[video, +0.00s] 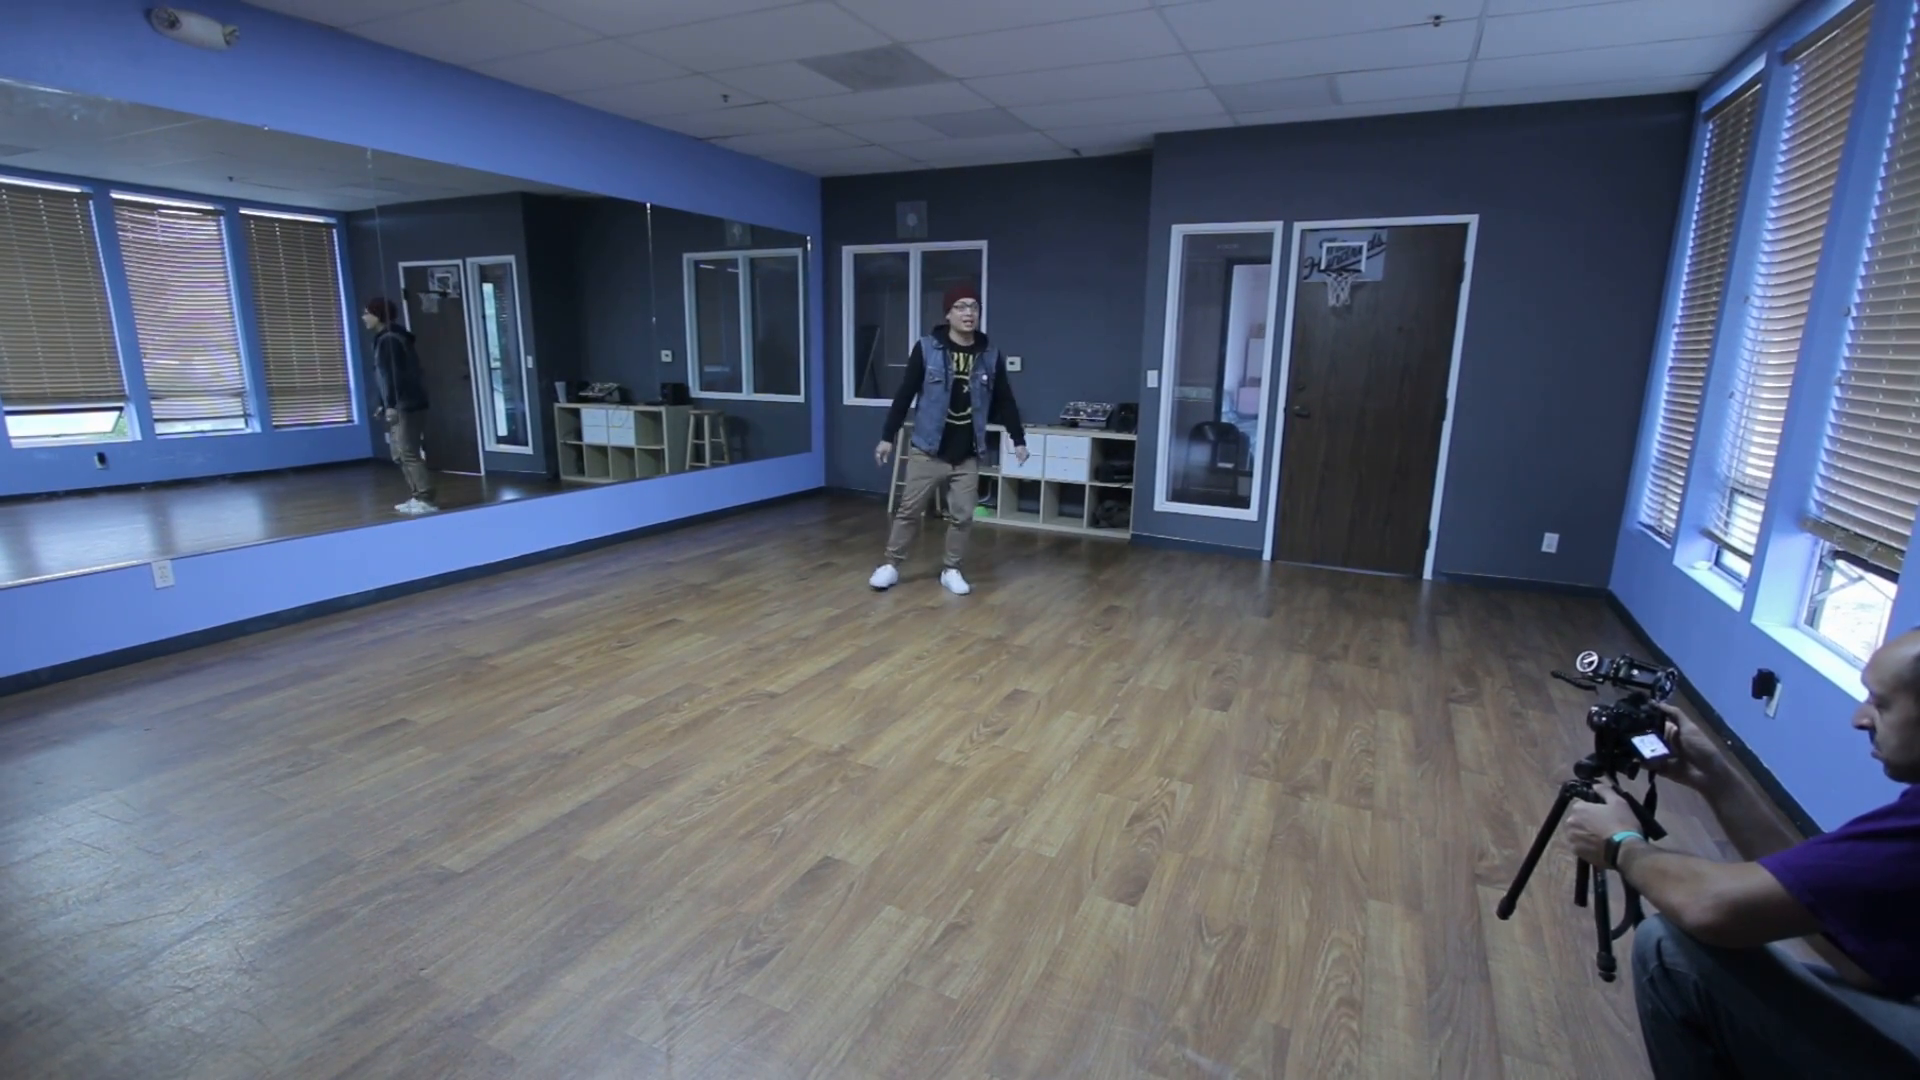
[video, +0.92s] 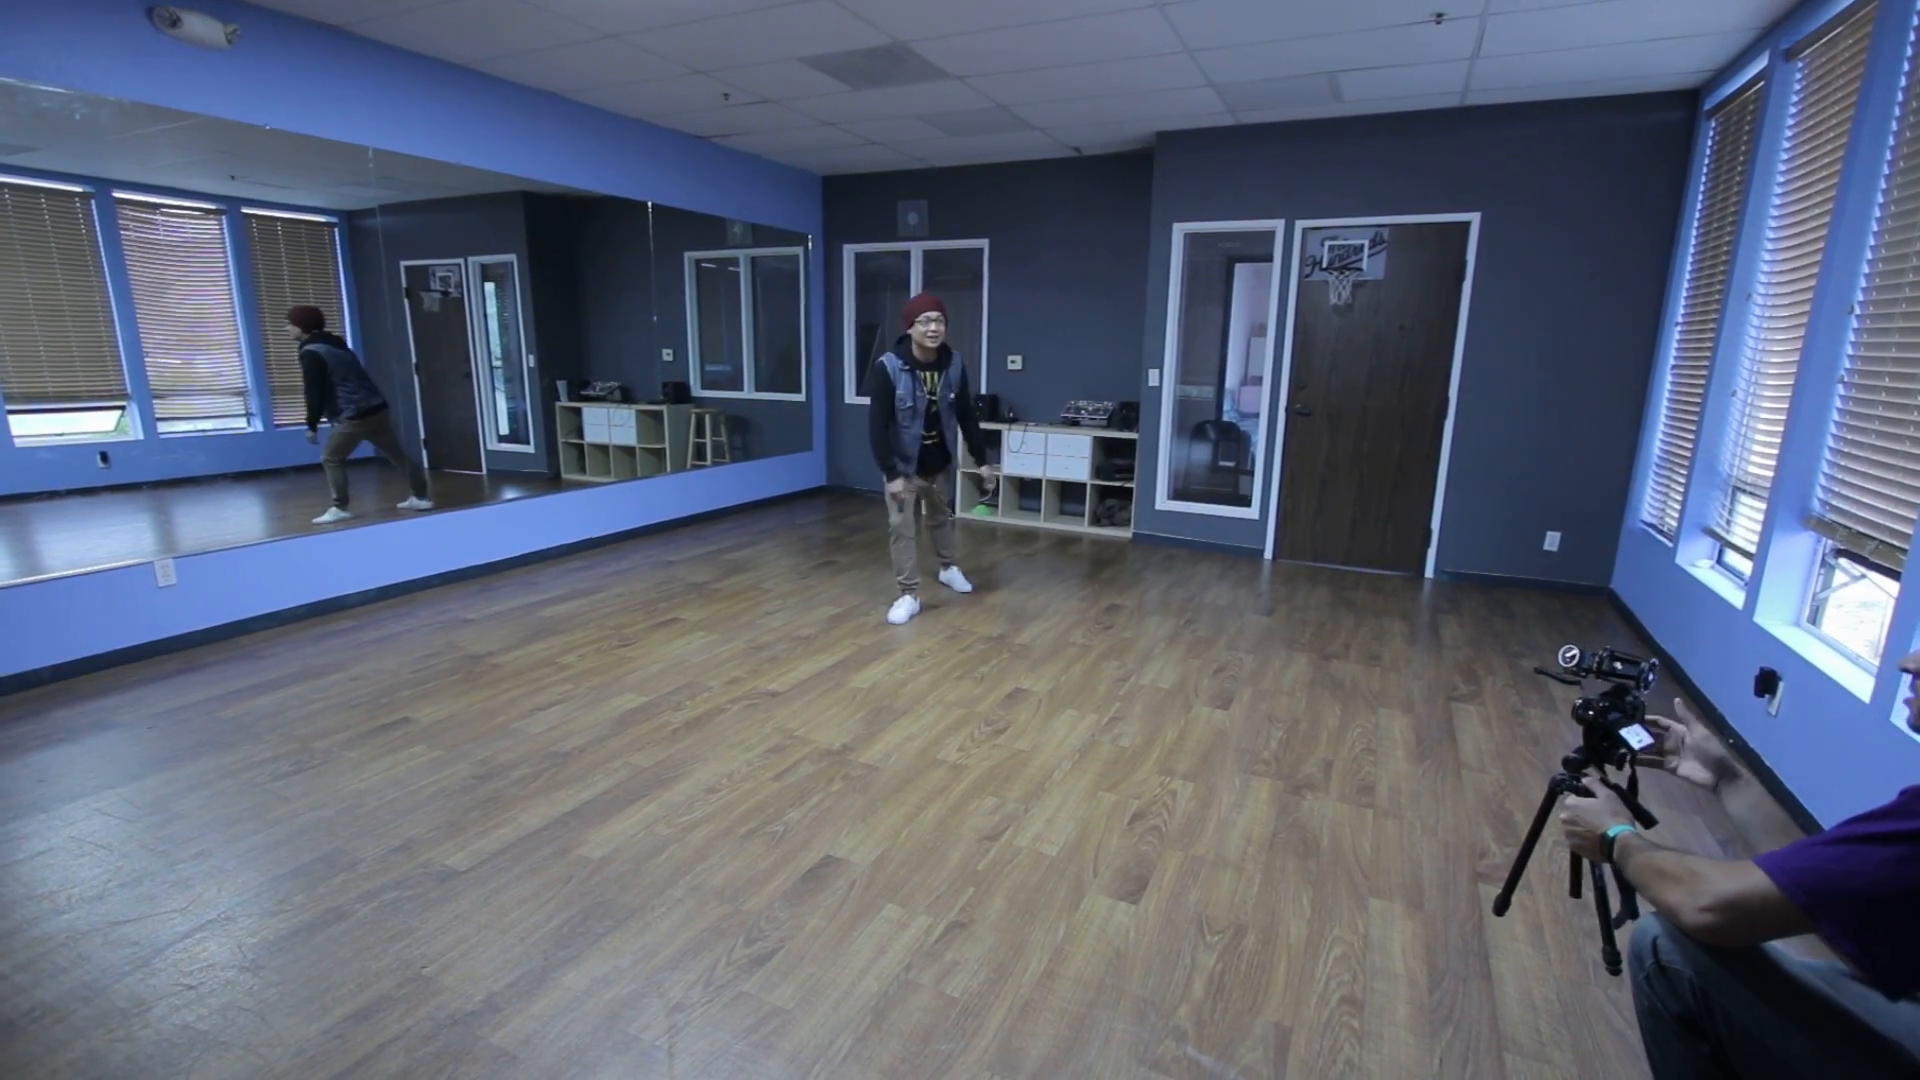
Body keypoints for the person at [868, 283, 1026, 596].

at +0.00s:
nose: (968, 314)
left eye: (973, 308)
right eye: (961, 308)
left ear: (979, 315)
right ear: (948, 314)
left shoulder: (990, 355)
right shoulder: (927, 348)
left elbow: (1004, 400)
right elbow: (905, 394)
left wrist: (1018, 439)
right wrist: (888, 437)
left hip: (967, 451)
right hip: (928, 448)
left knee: (963, 516)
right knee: (909, 508)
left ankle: (952, 570)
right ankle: (891, 565)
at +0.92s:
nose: (934, 328)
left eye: (939, 322)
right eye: (926, 322)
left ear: (945, 327)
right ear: (910, 327)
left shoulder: (953, 364)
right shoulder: (888, 367)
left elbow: (967, 415)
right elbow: (878, 426)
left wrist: (982, 462)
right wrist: (891, 473)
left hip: (939, 460)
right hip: (902, 463)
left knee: (942, 518)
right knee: (901, 526)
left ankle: (948, 568)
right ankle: (908, 593)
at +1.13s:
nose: (921, 334)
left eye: (926, 327)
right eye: (912, 327)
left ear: (934, 331)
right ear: (896, 332)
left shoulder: (941, 367)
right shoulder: (876, 369)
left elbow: (947, 423)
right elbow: (868, 428)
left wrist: (938, 469)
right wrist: (876, 482)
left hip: (923, 462)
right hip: (888, 463)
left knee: (920, 518)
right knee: (892, 525)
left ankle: (920, 566)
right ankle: (905, 592)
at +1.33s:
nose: (906, 318)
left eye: (912, 311)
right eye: (898, 311)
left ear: (920, 317)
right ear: (884, 318)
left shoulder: (930, 355)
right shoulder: (865, 356)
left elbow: (934, 409)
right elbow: (853, 414)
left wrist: (910, 447)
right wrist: (861, 466)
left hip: (911, 449)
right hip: (876, 451)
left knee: (905, 515)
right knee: (888, 519)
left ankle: (872, 565)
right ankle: (905, 590)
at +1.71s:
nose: (868, 298)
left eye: (874, 293)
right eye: (860, 294)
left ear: (883, 303)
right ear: (849, 306)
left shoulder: (900, 346)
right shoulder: (834, 346)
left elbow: (916, 399)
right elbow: (820, 402)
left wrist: (926, 446)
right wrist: (821, 452)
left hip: (889, 446)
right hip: (848, 447)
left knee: (877, 516)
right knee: (863, 513)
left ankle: (856, 579)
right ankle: (882, 586)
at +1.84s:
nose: (859, 298)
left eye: (864, 293)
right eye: (851, 295)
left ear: (874, 304)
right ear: (840, 307)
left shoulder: (892, 346)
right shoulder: (825, 347)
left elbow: (907, 397)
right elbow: (814, 402)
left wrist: (921, 442)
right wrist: (812, 451)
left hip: (881, 447)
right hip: (840, 447)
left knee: (871, 519)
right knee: (848, 514)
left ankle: (858, 581)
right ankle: (843, 588)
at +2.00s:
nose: (846, 297)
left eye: (851, 291)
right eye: (839, 293)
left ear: (862, 300)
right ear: (829, 305)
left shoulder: (882, 343)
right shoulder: (817, 344)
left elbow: (894, 395)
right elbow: (805, 400)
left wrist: (899, 440)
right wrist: (808, 450)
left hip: (873, 446)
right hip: (834, 446)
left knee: (861, 518)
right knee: (822, 514)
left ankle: (855, 580)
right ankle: (800, 576)